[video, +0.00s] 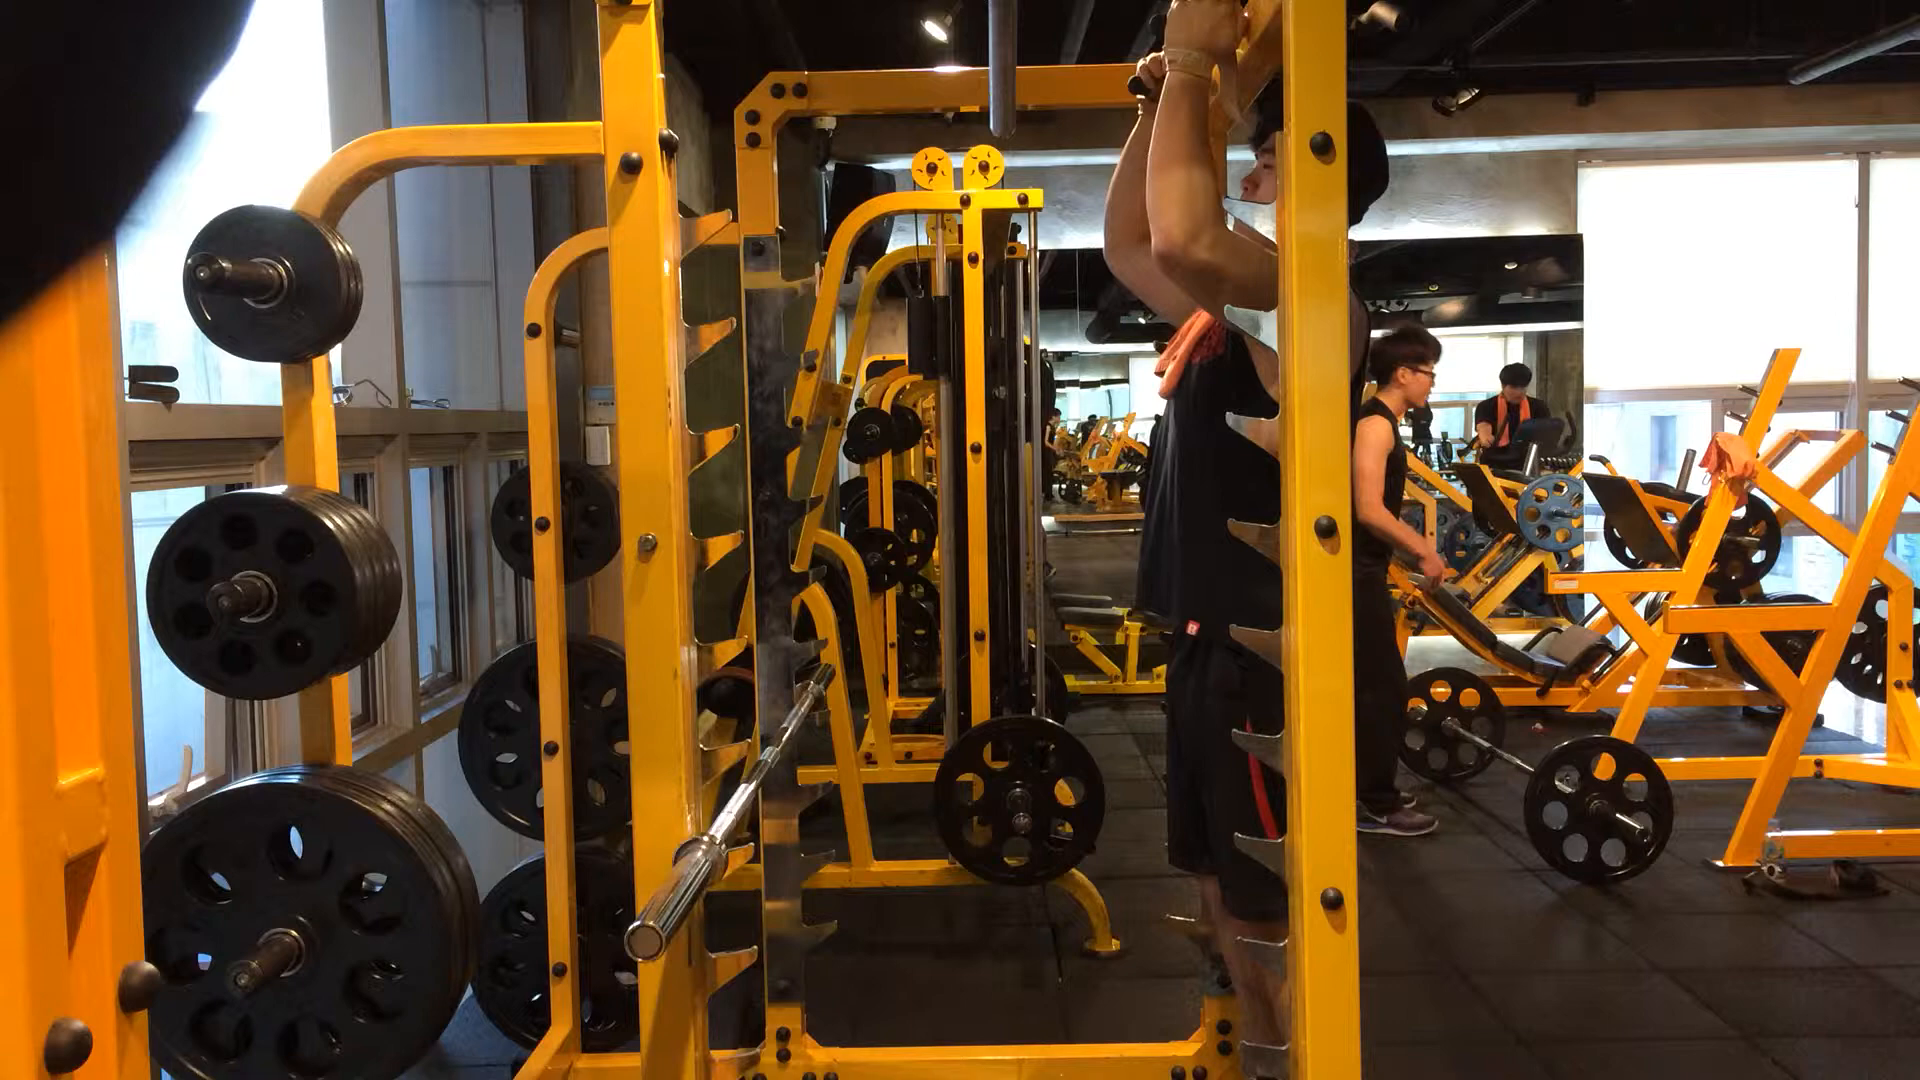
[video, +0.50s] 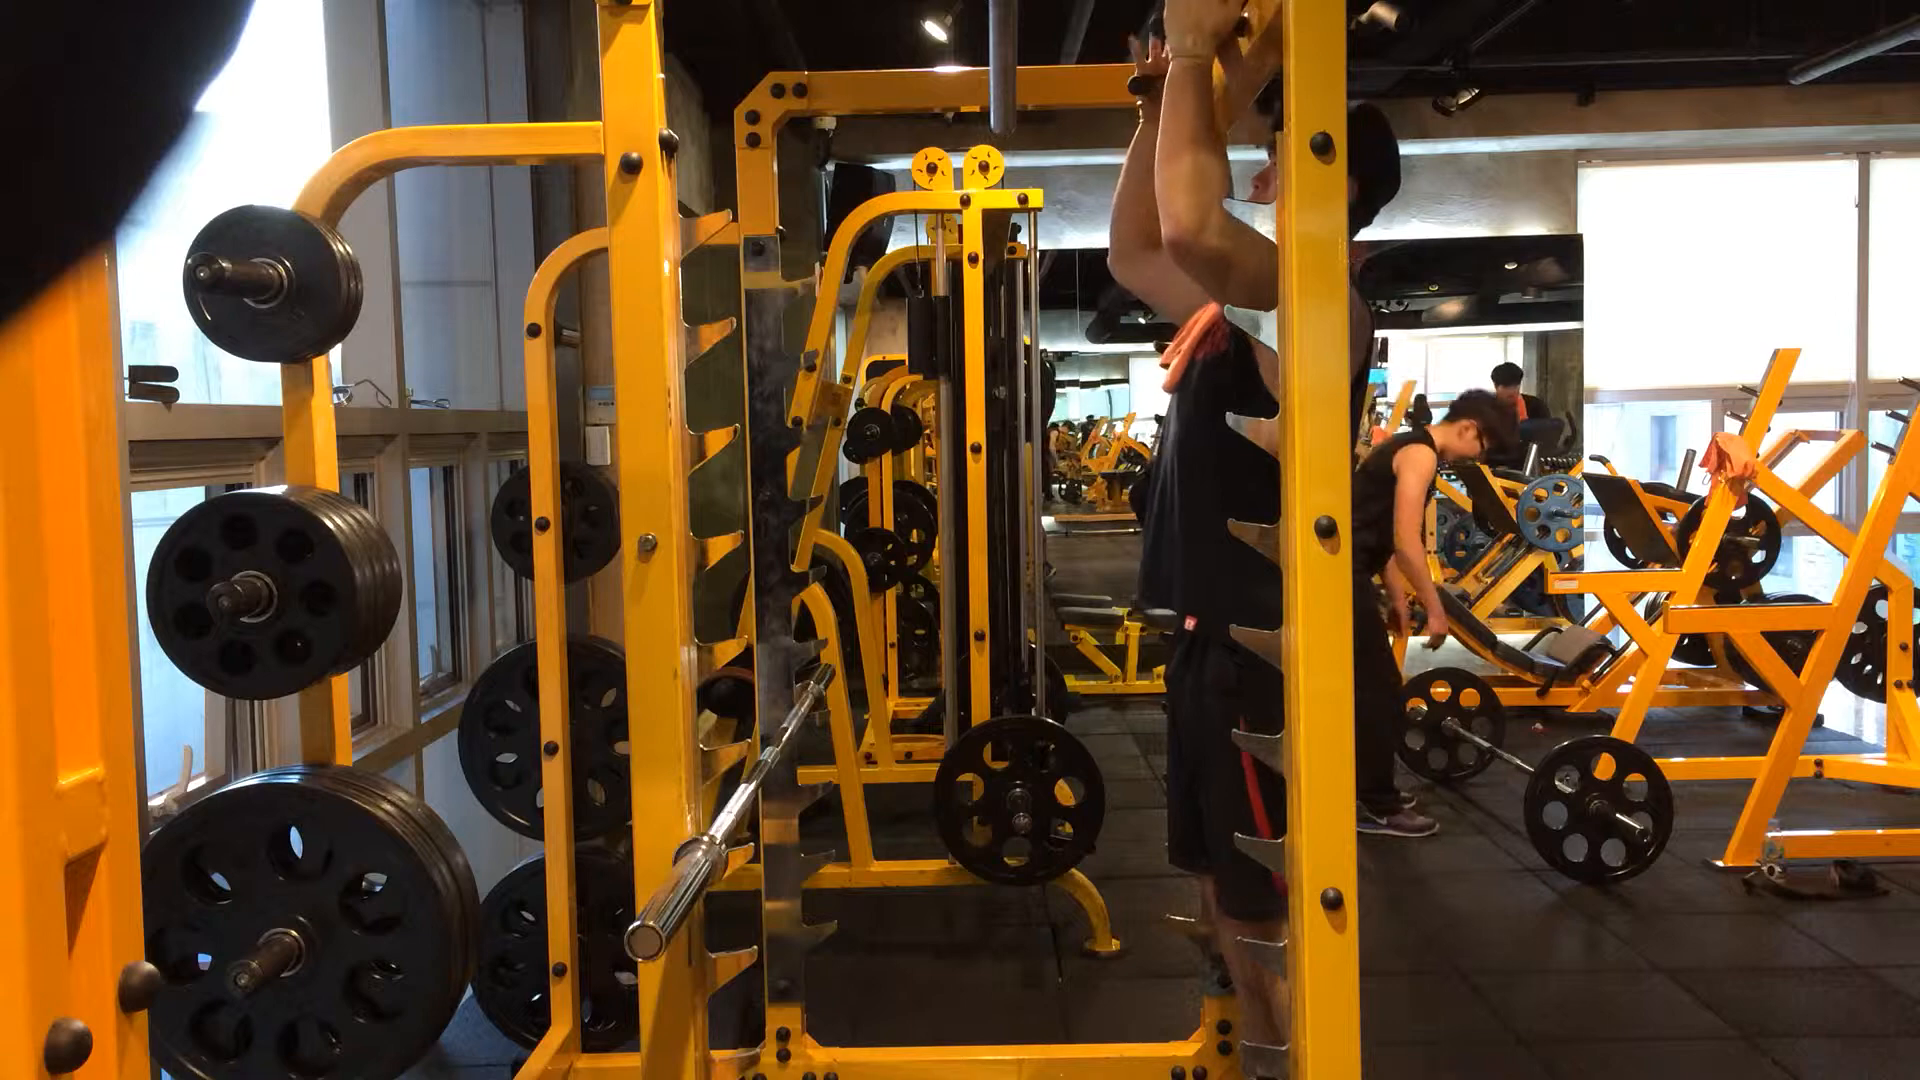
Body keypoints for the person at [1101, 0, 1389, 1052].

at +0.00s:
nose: (1259, 172)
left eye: (1278, 155)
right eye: (1265, 156)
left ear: (1322, 171)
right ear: (1290, 166)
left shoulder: (1319, 280)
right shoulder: (1255, 292)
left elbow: (1187, 238)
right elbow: (1128, 252)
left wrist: (1196, 62)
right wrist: (1154, 98)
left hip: (1275, 623)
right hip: (1213, 615)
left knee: (1257, 879)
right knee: (1218, 866)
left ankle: (1282, 1040)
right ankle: (1247, 1025)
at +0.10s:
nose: (1258, 174)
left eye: (1277, 157)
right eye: (1264, 158)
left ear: (1322, 173)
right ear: (1307, 174)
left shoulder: (1319, 282)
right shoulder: (1257, 294)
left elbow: (1189, 237)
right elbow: (1128, 250)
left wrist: (1197, 63)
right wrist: (1155, 97)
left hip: (1270, 631)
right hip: (1214, 624)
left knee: (1252, 888)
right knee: (1216, 875)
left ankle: (1283, 1037)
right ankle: (1245, 1023)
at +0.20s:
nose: (1261, 170)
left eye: (1281, 154)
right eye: (1267, 154)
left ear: (1324, 171)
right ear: (1313, 175)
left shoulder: (1321, 288)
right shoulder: (1258, 295)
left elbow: (1192, 234)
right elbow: (1133, 253)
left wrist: (1196, 61)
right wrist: (1156, 99)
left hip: (1273, 631)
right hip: (1213, 623)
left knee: (1255, 903)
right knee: (1214, 877)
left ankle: (1283, 1048)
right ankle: (1245, 1032)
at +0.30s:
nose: (1263, 171)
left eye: (1283, 153)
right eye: (1269, 153)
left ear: (1329, 173)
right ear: (1317, 178)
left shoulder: (1323, 291)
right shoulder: (1259, 294)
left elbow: (1193, 233)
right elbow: (1134, 253)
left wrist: (1196, 54)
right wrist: (1157, 102)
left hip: (1278, 642)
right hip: (1216, 634)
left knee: (1258, 918)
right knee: (1217, 888)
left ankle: (1289, 1055)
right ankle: (1247, 1037)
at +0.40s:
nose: (1263, 170)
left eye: (1285, 153)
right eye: (1271, 152)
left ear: (1330, 177)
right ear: (1317, 180)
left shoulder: (1324, 297)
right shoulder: (1254, 299)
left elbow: (1192, 229)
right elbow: (1134, 256)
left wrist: (1195, 46)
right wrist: (1158, 107)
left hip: (1276, 645)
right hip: (1211, 637)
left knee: (1261, 920)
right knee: (1215, 888)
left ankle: (1291, 1058)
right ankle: (1249, 1038)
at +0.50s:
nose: (1266, 170)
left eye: (1289, 153)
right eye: (1275, 152)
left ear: (1335, 180)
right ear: (1315, 178)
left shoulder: (1325, 297)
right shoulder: (1247, 304)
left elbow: (1194, 227)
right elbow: (1135, 258)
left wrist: (1194, 46)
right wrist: (1153, 113)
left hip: (1277, 648)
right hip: (1215, 639)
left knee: (1262, 921)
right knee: (1222, 897)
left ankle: (1291, 1062)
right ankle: (1253, 1048)